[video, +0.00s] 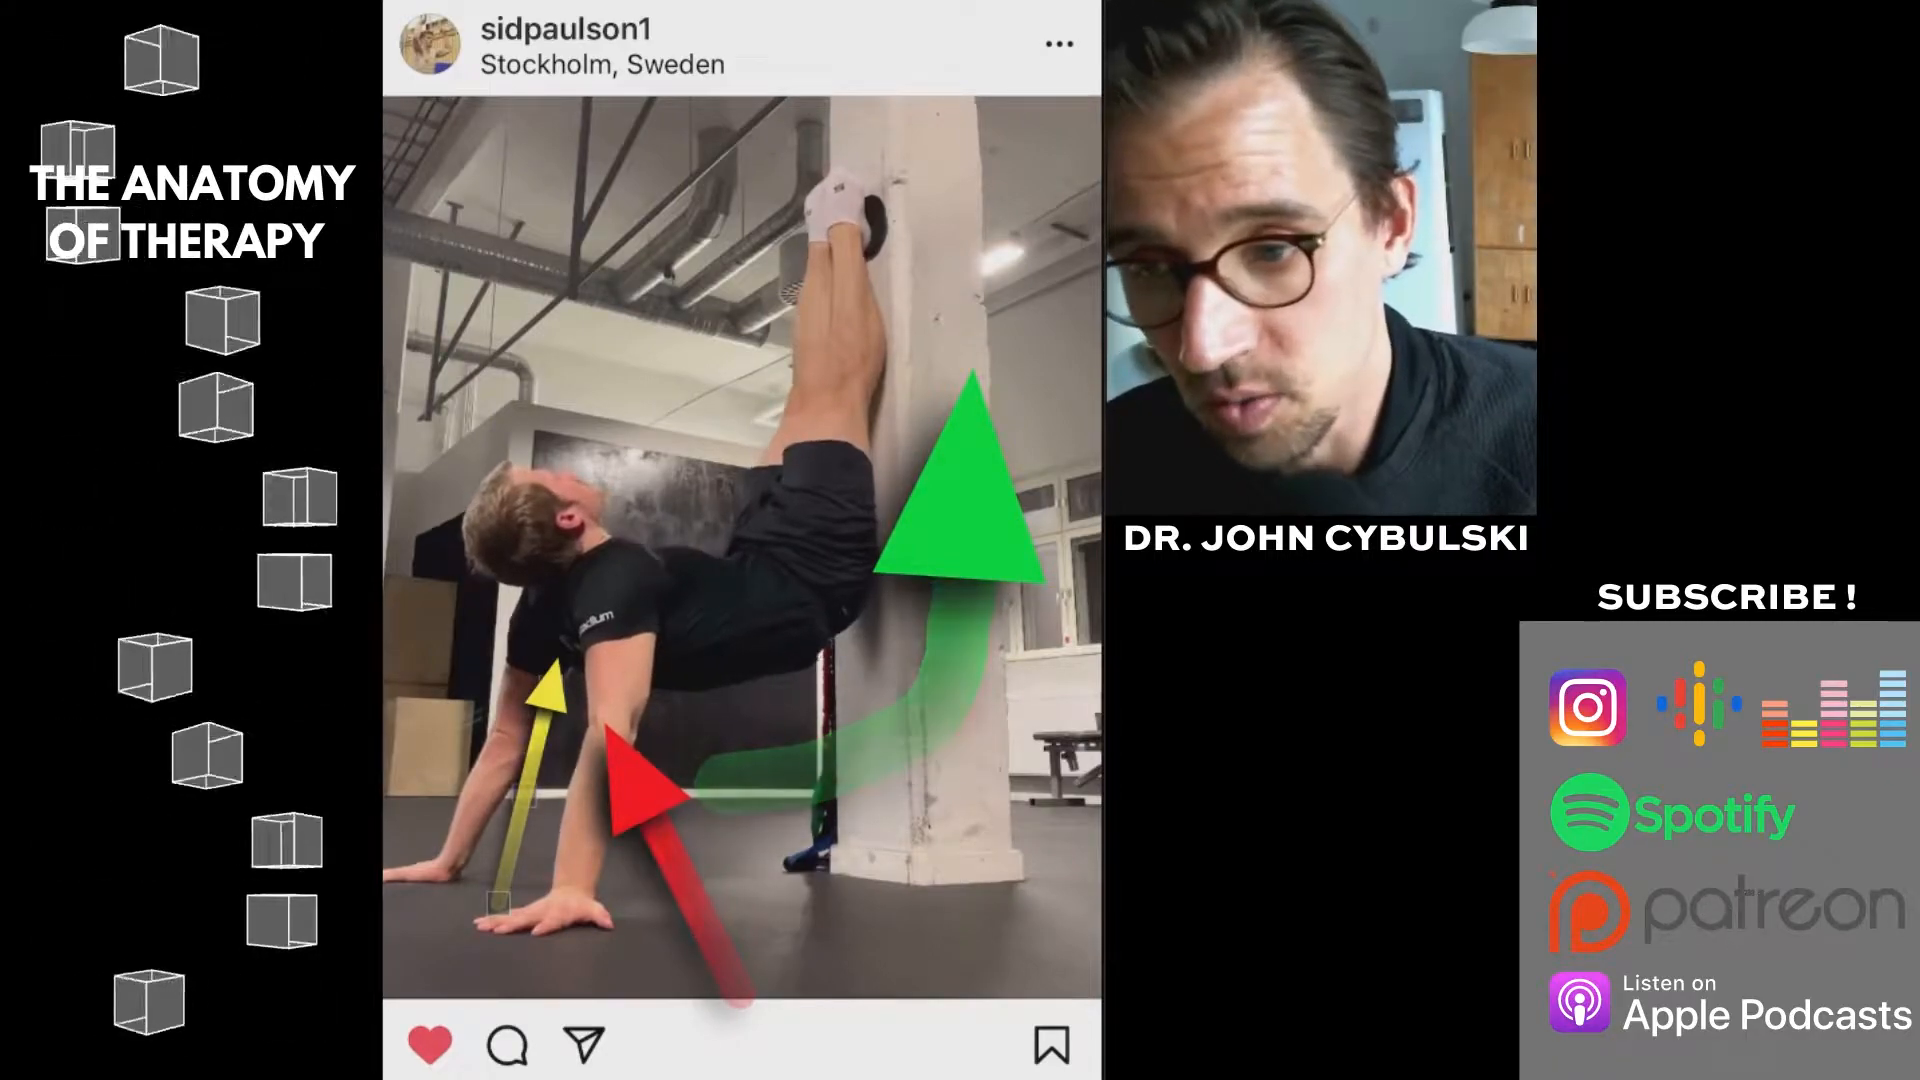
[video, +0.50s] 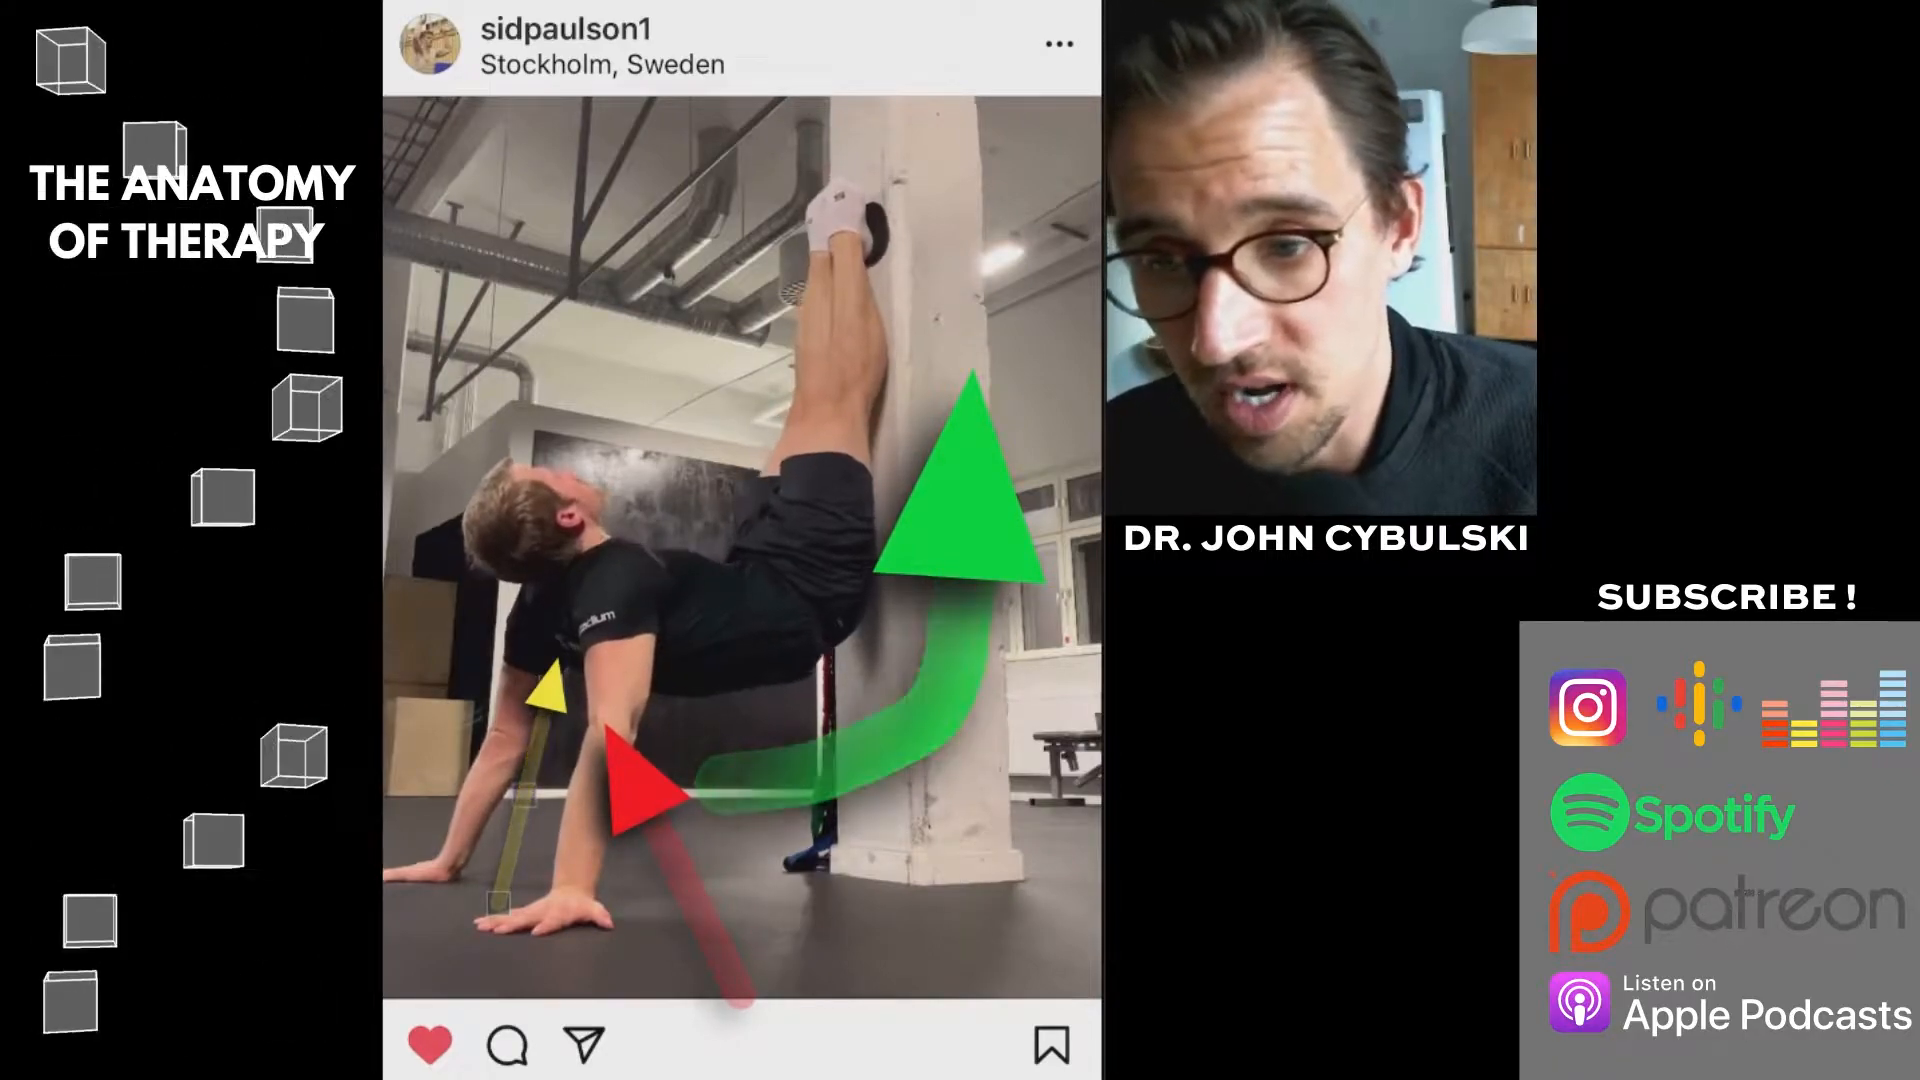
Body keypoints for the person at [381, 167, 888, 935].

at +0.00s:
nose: (567, 474)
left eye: (548, 469)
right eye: (555, 478)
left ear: (546, 544)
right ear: (567, 519)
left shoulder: (541, 603)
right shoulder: (614, 579)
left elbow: (505, 742)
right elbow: (608, 734)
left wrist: (448, 859)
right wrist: (573, 887)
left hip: (763, 579)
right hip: (809, 580)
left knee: (813, 392)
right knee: (838, 385)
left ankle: (828, 239)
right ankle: (843, 231)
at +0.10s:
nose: (567, 472)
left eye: (547, 467)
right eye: (554, 477)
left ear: (547, 542)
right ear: (567, 519)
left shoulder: (540, 604)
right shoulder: (614, 579)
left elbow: (504, 743)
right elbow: (607, 734)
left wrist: (448, 859)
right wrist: (573, 886)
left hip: (764, 578)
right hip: (810, 581)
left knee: (814, 393)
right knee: (839, 387)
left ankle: (830, 243)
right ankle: (844, 230)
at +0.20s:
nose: (565, 469)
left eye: (545, 467)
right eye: (553, 476)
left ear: (547, 540)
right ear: (567, 517)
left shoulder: (537, 606)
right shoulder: (615, 580)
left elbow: (503, 744)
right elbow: (607, 734)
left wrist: (448, 859)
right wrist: (573, 886)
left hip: (762, 583)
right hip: (810, 587)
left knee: (814, 394)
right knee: (841, 389)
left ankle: (831, 245)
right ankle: (843, 232)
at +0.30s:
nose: (565, 469)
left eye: (545, 467)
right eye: (553, 476)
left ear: (547, 540)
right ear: (567, 517)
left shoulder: (537, 606)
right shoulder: (615, 580)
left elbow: (503, 744)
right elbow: (607, 734)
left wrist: (448, 859)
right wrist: (573, 886)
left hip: (762, 583)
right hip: (810, 587)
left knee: (814, 394)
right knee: (841, 388)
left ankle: (831, 245)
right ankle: (843, 232)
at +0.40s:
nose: (568, 468)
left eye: (548, 467)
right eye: (556, 476)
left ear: (547, 540)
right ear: (568, 517)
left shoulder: (535, 606)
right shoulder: (615, 579)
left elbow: (503, 743)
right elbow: (606, 733)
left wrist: (448, 859)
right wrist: (573, 886)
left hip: (761, 589)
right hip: (809, 593)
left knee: (813, 398)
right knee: (843, 393)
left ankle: (830, 252)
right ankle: (845, 239)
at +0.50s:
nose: (566, 467)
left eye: (547, 467)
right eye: (554, 475)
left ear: (536, 544)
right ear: (568, 516)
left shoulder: (534, 606)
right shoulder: (616, 580)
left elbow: (503, 744)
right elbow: (606, 733)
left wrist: (448, 859)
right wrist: (573, 886)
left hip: (760, 589)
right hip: (808, 594)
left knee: (813, 398)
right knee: (843, 393)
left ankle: (830, 253)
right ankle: (845, 237)